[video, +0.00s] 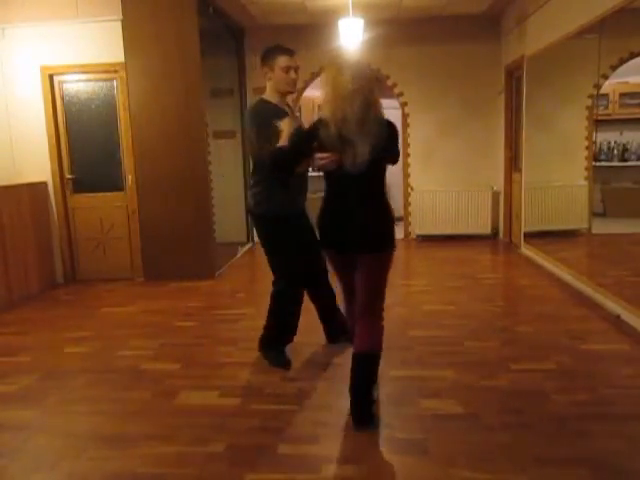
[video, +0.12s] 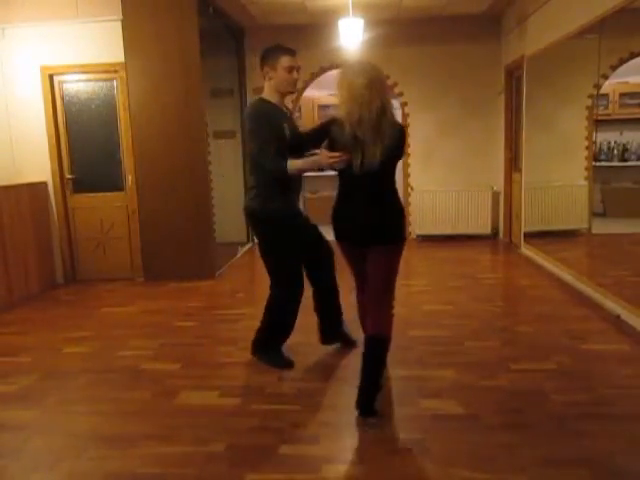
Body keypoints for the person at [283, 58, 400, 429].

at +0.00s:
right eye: (369, 84)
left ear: (333, 92)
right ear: (374, 92)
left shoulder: (322, 128)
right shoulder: (384, 130)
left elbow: (286, 162)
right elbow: (391, 156)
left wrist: (282, 143)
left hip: (334, 223)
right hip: (374, 223)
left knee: (352, 302)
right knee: (370, 310)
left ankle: (363, 391)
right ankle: (362, 405)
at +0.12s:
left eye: (345, 85)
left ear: (346, 91)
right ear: (382, 91)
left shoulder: (337, 127)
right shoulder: (394, 132)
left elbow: (297, 144)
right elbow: (394, 150)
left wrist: (294, 111)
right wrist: (398, 105)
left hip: (348, 217)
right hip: (386, 217)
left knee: (363, 288)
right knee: (381, 299)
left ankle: (376, 364)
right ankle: (366, 396)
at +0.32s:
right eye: (392, 91)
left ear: (358, 98)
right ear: (391, 96)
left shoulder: (351, 133)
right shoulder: (403, 130)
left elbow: (323, 156)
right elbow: (422, 149)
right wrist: (400, 122)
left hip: (360, 214)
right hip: (396, 212)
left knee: (369, 280)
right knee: (399, 275)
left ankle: (377, 354)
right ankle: (398, 338)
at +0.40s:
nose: (401, 97)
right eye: (397, 92)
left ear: (360, 100)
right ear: (394, 98)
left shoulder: (354, 133)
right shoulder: (405, 131)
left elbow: (341, 160)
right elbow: (431, 151)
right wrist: (424, 158)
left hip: (364, 213)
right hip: (400, 213)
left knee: (372, 281)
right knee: (407, 270)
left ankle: (379, 353)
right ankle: (404, 330)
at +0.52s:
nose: (405, 99)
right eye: (402, 95)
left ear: (367, 101)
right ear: (398, 101)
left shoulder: (361, 134)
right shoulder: (408, 131)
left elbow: (358, 165)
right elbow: (440, 161)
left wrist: (376, 171)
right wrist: (441, 178)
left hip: (374, 209)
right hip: (407, 208)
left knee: (378, 274)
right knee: (414, 264)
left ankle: (382, 342)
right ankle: (407, 320)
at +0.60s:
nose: (406, 102)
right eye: (403, 98)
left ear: (371, 102)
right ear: (401, 102)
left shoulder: (366, 135)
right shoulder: (410, 131)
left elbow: (368, 169)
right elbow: (434, 162)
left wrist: (384, 181)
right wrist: (445, 188)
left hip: (380, 207)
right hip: (413, 206)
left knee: (383, 267)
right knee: (415, 265)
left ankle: (379, 333)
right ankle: (410, 323)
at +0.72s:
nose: (409, 105)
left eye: (408, 101)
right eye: (407, 101)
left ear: (376, 103)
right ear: (403, 104)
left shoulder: (371, 136)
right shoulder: (408, 135)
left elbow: (379, 177)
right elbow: (423, 172)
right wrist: (438, 203)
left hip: (386, 206)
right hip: (414, 206)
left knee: (403, 253)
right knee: (417, 261)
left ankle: (390, 307)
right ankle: (413, 321)